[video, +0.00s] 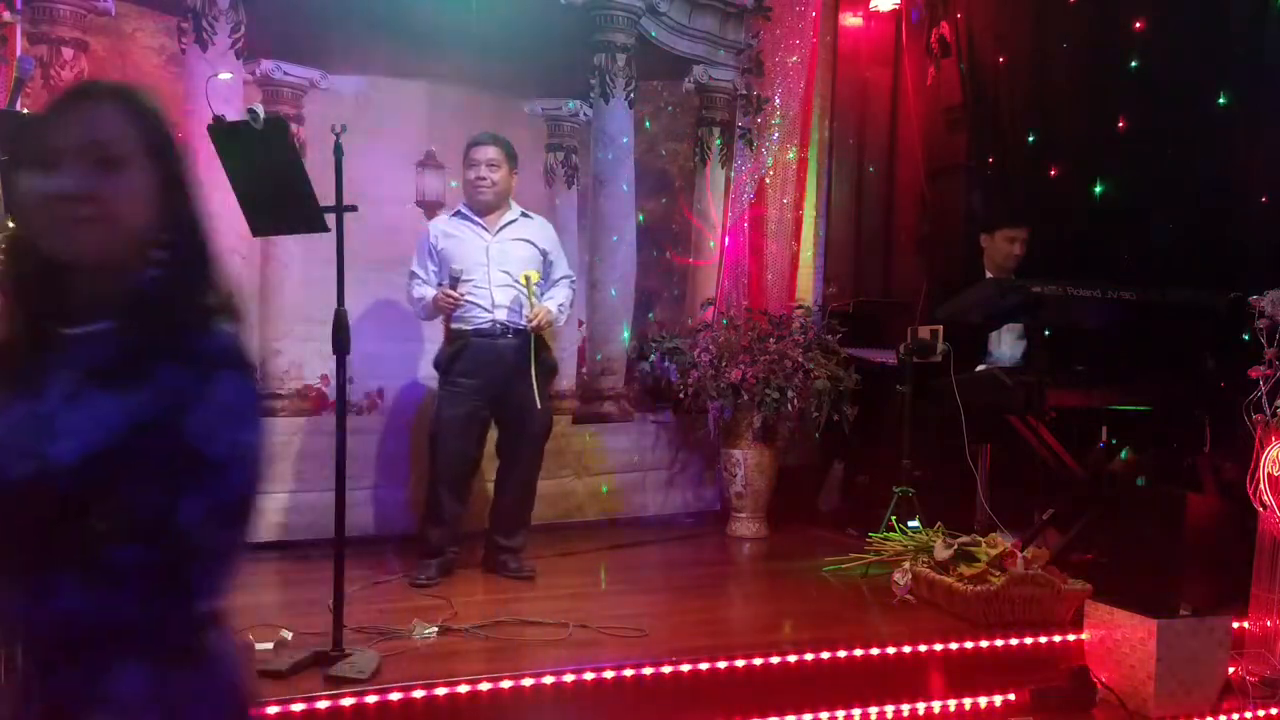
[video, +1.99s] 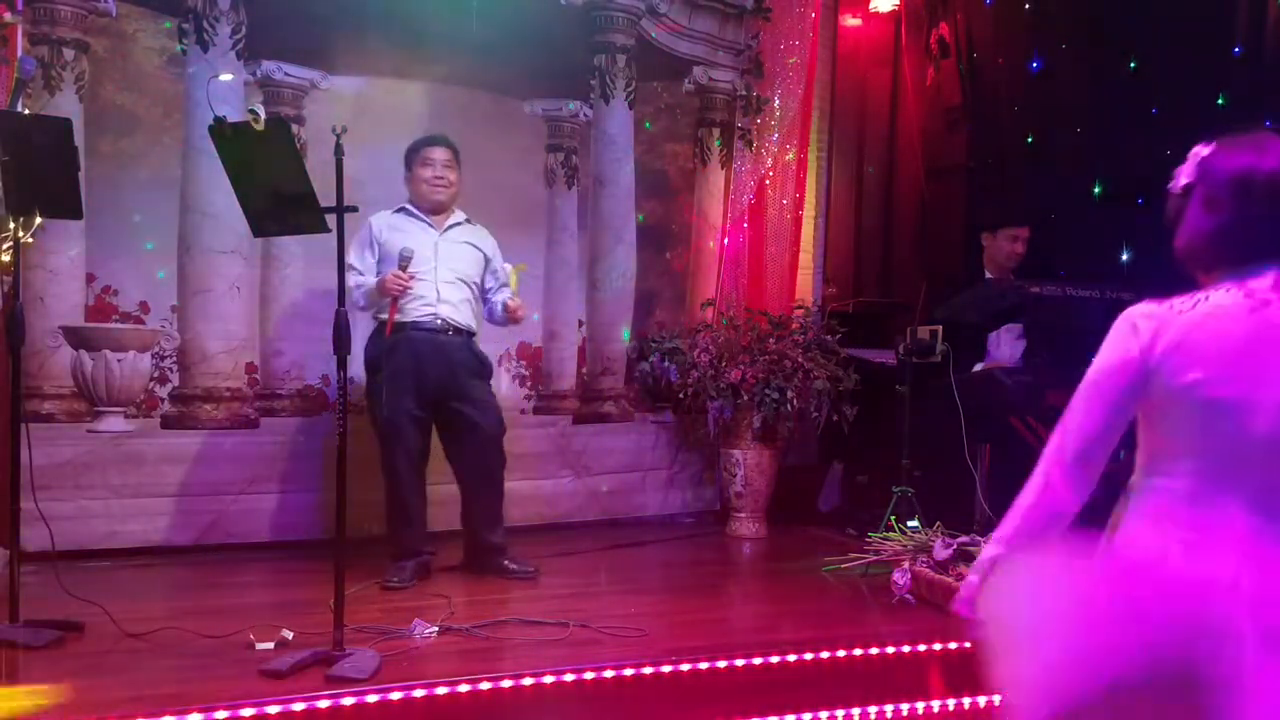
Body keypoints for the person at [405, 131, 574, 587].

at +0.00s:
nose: (481, 174)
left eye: (492, 166)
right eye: (472, 166)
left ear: (512, 175)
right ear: (462, 176)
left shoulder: (539, 229)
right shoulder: (441, 230)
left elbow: (563, 282)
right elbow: (418, 288)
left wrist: (551, 307)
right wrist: (434, 299)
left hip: (524, 354)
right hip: (467, 353)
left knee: (524, 458)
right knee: (451, 454)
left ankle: (506, 550)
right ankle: (440, 552)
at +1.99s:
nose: (438, 173)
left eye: (448, 166)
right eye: (427, 165)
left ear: (459, 179)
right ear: (408, 176)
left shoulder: (479, 238)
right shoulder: (380, 225)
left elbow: (494, 299)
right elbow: (353, 293)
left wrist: (507, 307)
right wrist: (377, 288)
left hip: (461, 351)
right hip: (401, 349)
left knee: (485, 443)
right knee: (402, 453)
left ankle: (487, 551)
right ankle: (409, 557)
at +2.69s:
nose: (424, 173)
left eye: (435, 164)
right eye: (415, 166)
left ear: (458, 172)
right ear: (407, 178)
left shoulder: (495, 222)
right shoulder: (395, 234)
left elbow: (525, 274)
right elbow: (372, 301)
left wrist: (523, 306)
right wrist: (388, 302)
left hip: (490, 351)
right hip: (427, 353)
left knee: (509, 454)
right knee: (416, 457)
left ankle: (521, 552)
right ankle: (413, 556)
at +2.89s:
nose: (444, 169)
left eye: (455, 161)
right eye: (436, 162)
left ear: (476, 172)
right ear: (425, 174)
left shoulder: (510, 226)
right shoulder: (410, 229)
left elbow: (538, 276)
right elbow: (386, 297)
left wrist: (537, 296)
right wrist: (404, 293)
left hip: (497, 351)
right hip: (437, 352)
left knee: (511, 454)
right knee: (424, 455)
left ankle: (520, 552)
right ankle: (411, 557)